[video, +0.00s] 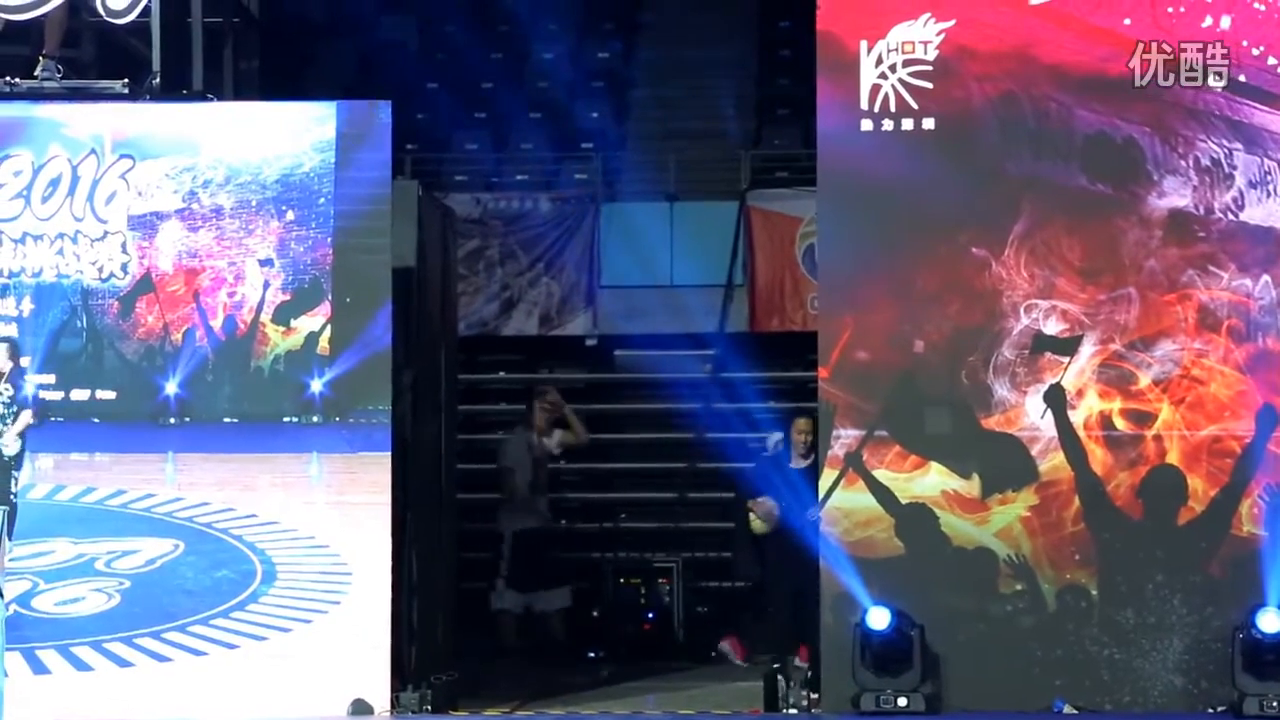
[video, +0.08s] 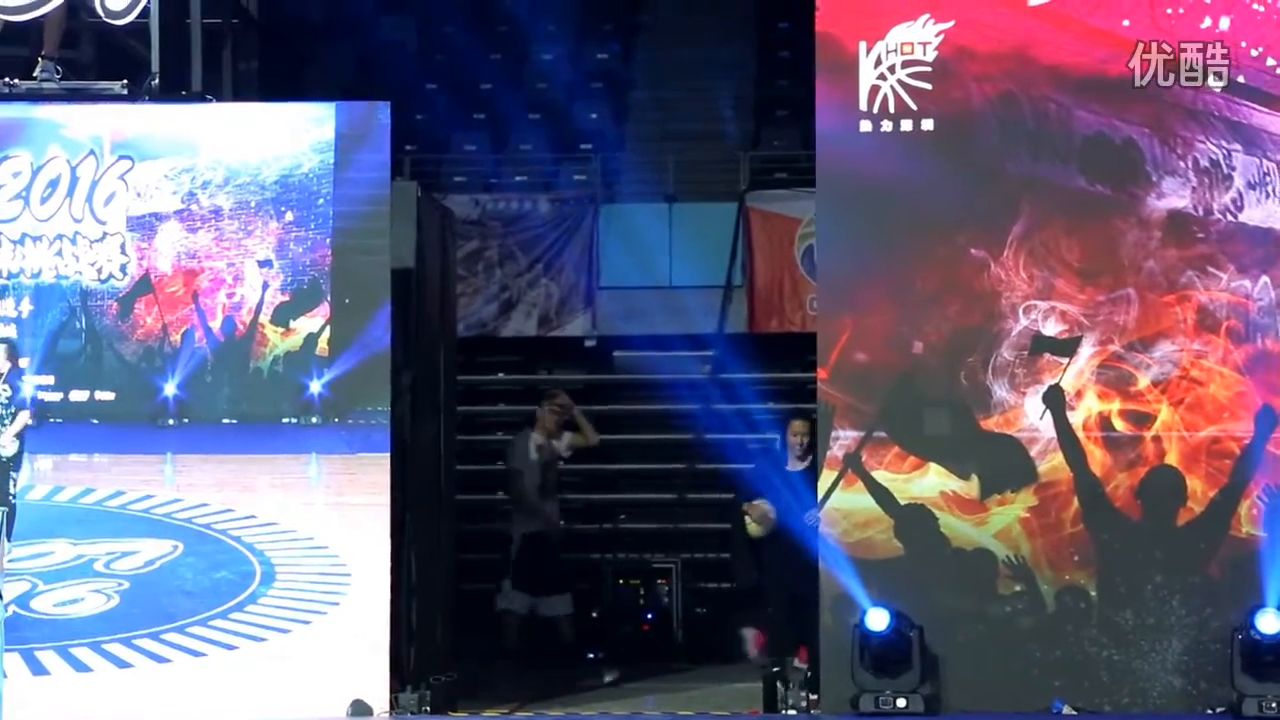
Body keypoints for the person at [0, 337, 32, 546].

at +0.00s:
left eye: (3, 355)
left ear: (11, 357)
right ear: (2, 356)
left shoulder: (19, 381)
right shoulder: (8, 379)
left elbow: (27, 412)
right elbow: (27, 412)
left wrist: (11, 433)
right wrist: (11, 432)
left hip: (9, 441)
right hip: (5, 439)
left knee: (7, 494)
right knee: (6, 493)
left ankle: (6, 539)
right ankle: (5, 538)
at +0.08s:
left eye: (1, 354)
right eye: (0, 354)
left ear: (7, 356)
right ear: (6, 355)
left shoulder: (15, 379)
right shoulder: (10, 378)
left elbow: (24, 412)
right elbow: (24, 412)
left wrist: (8, 434)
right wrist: (8, 434)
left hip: (9, 445)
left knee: (8, 495)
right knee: (8, 495)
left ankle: (6, 540)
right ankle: (6, 538)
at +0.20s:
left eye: (0, 352)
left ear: (5, 354)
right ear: (5, 354)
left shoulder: (13, 377)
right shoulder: (9, 377)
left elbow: (21, 412)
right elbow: (21, 411)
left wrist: (6, 436)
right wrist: (7, 435)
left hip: (9, 443)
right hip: (5, 442)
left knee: (6, 496)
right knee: (5, 495)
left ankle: (5, 540)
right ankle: (4, 540)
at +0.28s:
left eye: (0, 354)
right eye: (0, 353)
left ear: (5, 356)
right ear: (6, 356)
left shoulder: (11, 377)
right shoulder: (9, 377)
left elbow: (20, 411)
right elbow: (20, 410)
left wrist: (4, 436)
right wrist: (6, 435)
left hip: (9, 443)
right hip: (6, 442)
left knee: (5, 494)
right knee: (5, 494)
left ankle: (4, 541)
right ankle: (4, 541)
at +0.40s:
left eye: (0, 357)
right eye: (1, 357)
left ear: (4, 359)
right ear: (6, 359)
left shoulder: (8, 378)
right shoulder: (8, 378)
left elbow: (15, 411)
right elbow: (15, 411)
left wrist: (2, 435)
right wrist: (4, 434)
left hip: (7, 445)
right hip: (7, 444)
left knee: (3, 495)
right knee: (3, 495)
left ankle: (3, 541)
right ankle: (3, 540)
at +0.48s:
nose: (1, 363)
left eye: (1, 360)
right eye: (2, 359)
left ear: (4, 361)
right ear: (6, 361)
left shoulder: (8, 381)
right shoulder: (7, 380)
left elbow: (13, 412)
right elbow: (13, 412)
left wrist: (2, 436)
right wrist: (5, 436)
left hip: (7, 448)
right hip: (7, 447)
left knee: (2, 497)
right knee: (3, 497)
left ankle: (2, 542)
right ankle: (2, 542)